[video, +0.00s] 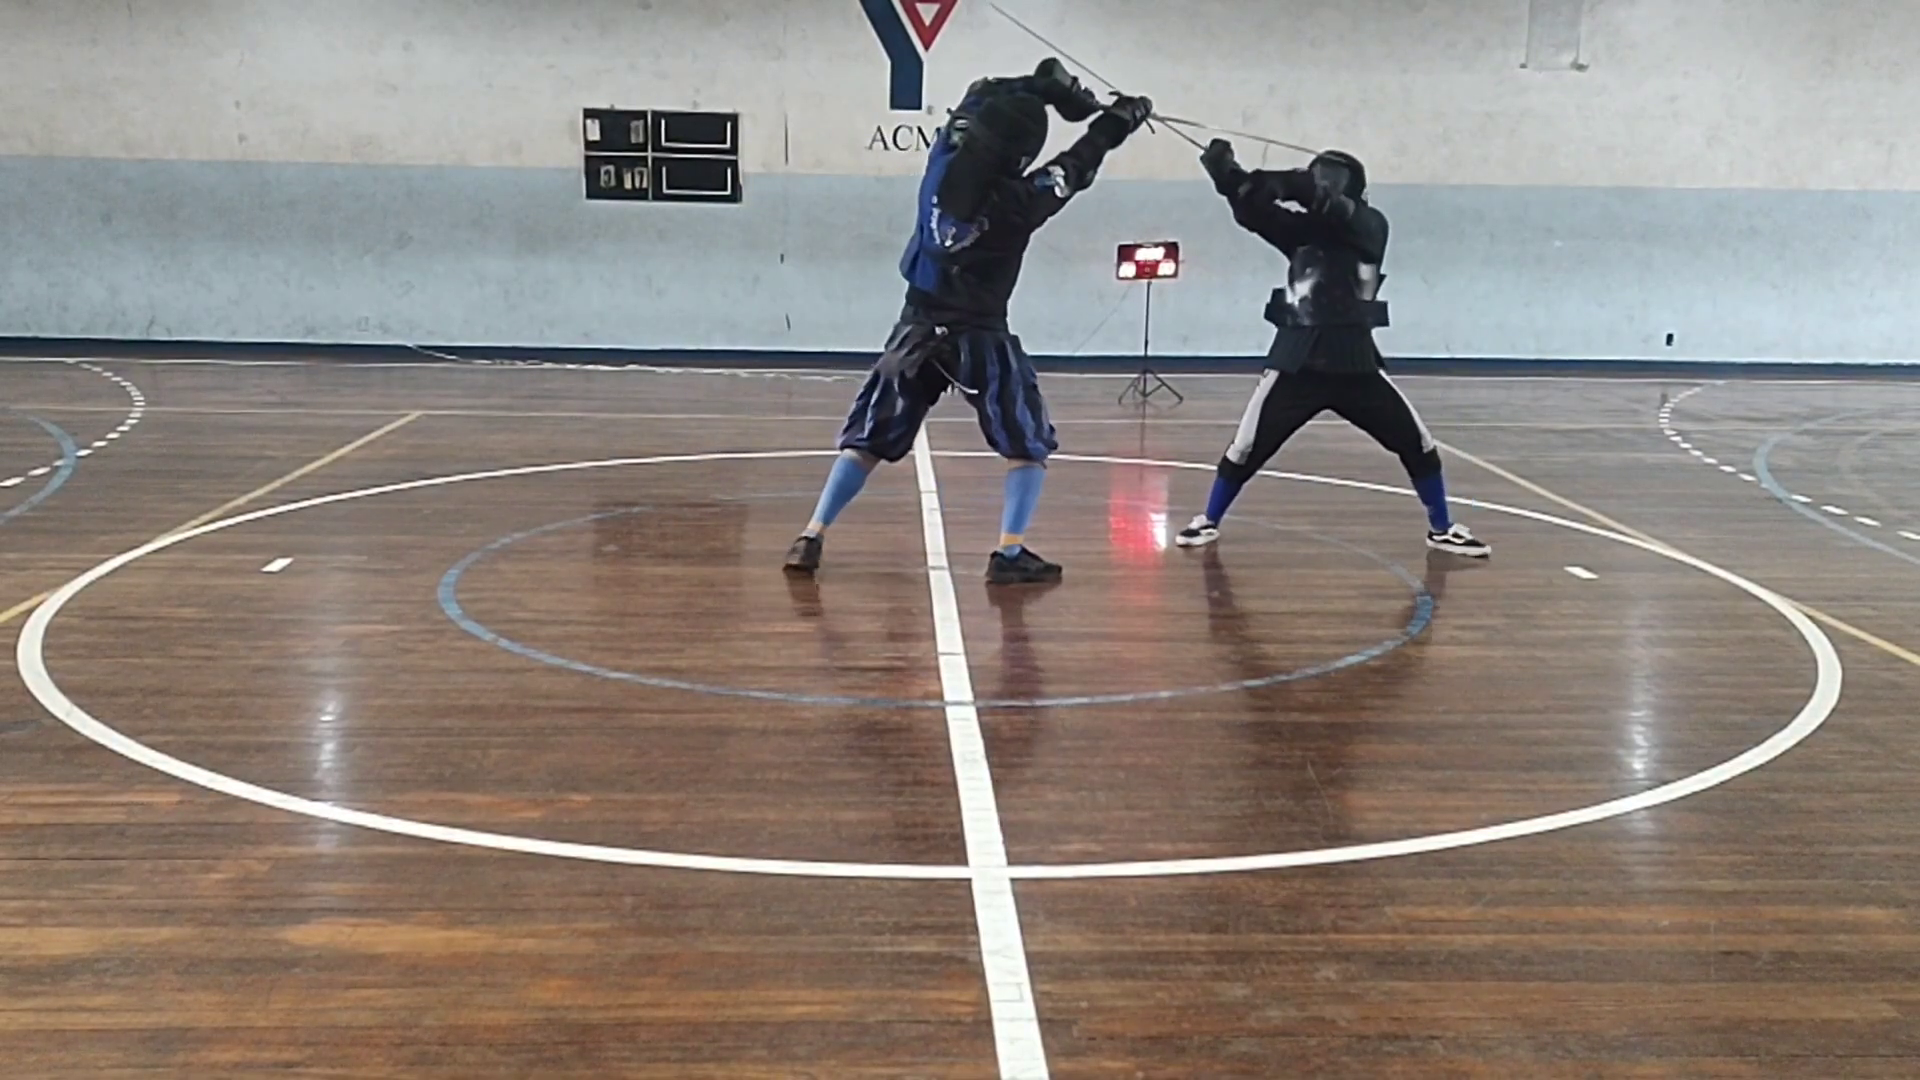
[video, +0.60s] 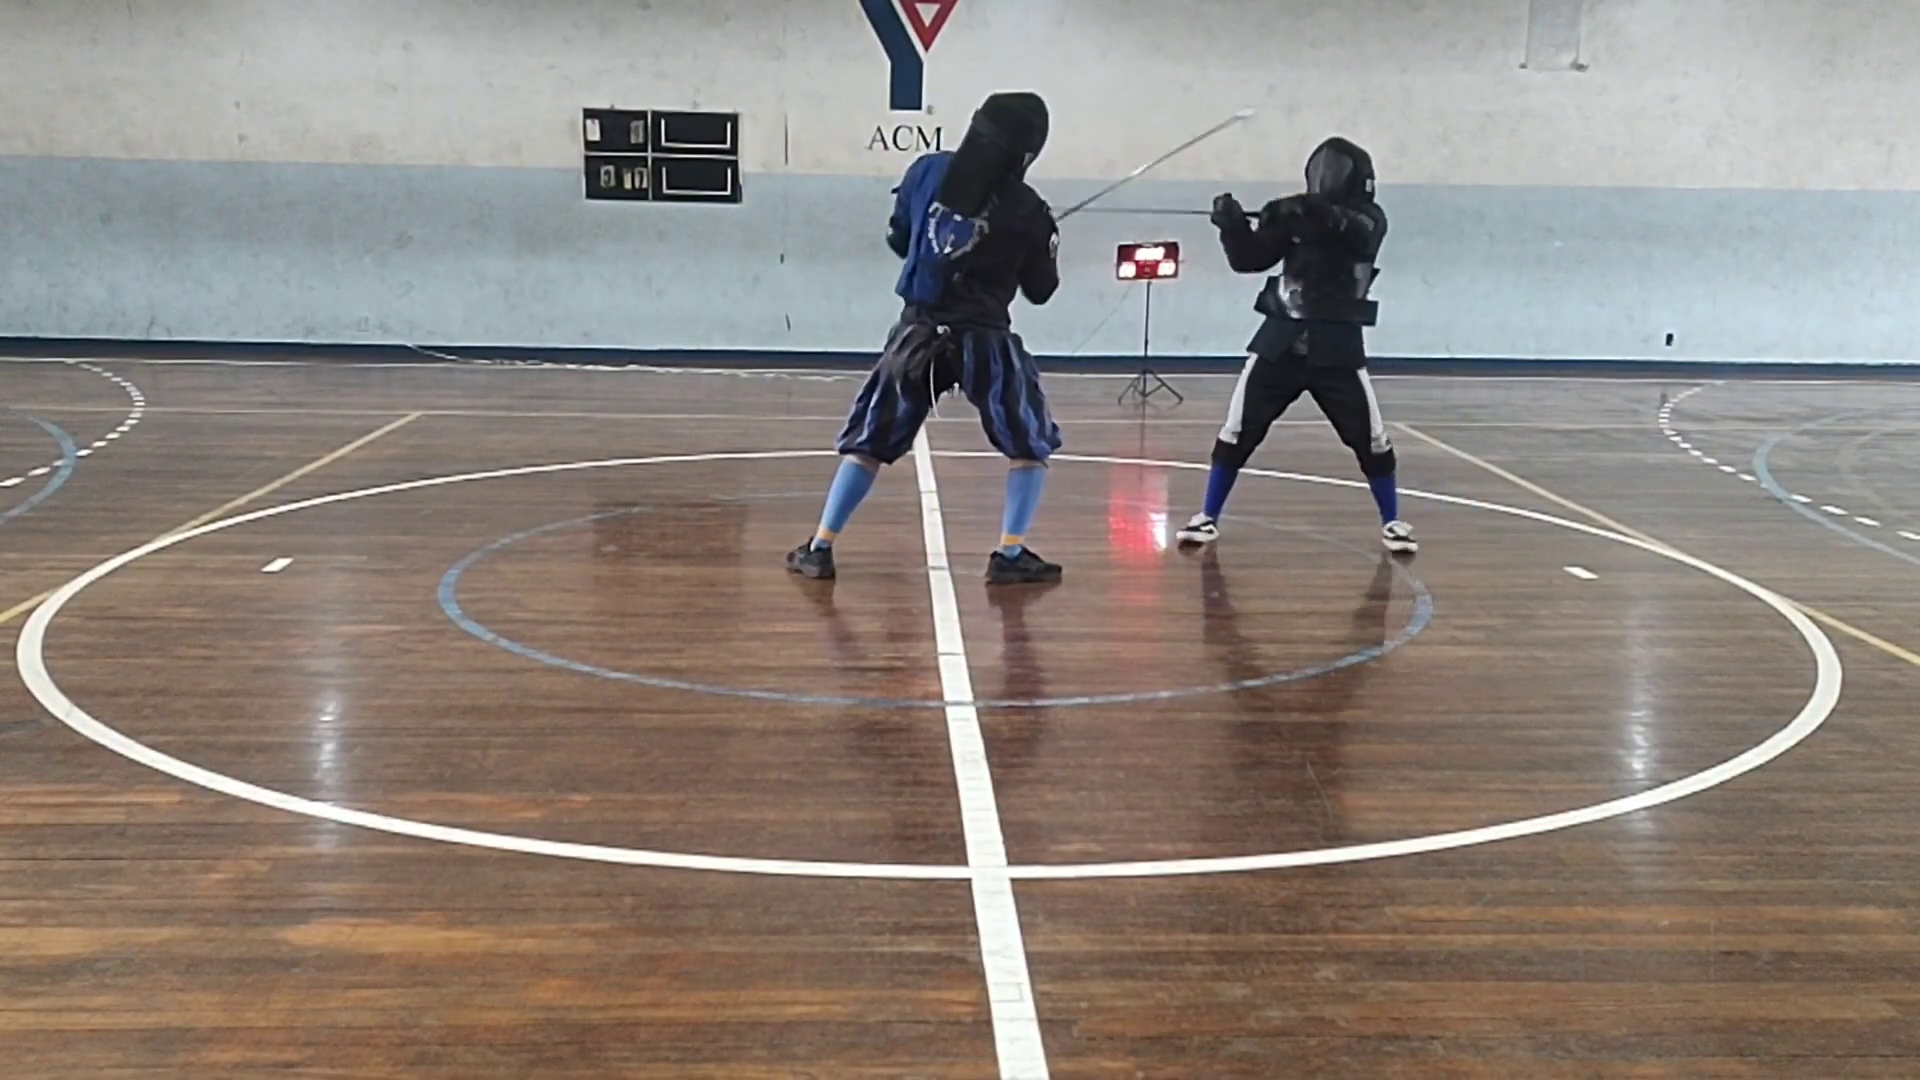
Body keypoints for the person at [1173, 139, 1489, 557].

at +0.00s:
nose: (1321, 185)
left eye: (1331, 178)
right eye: (1317, 178)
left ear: (1354, 185)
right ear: (1310, 182)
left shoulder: (1372, 227)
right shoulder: (1299, 227)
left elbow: (1333, 207)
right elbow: (1255, 213)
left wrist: (1296, 185)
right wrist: (1228, 175)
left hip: (1356, 370)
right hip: (1296, 369)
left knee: (1419, 446)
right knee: (1246, 448)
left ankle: (1442, 529)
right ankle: (1208, 521)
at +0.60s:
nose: (1324, 175)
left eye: (1336, 166)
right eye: (1319, 165)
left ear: (1355, 174)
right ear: (1310, 169)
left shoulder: (1368, 216)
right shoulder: (1291, 213)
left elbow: (1362, 240)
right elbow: (1246, 259)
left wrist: (1316, 211)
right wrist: (1233, 225)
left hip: (1337, 347)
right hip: (1278, 343)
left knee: (1372, 439)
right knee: (1237, 431)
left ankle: (1391, 523)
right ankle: (1207, 518)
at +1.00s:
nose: (1343, 178)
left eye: (1353, 169)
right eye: (1339, 169)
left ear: (1379, 173)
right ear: (1335, 174)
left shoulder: (1405, 216)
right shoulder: (1330, 226)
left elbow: (1445, 227)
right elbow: (1320, 301)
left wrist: (1381, 221)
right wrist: (1319, 256)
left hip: (1382, 336)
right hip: (1330, 335)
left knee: (1376, 439)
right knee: (1277, 424)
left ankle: (1379, 525)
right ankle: (1226, 508)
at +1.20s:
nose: (1367, 202)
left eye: (1378, 193)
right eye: (1367, 193)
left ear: (1406, 200)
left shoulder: (1433, 241)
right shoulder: (1361, 257)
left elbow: (1469, 278)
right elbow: (1361, 329)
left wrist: (1419, 272)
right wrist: (1348, 290)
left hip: (1438, 362)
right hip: (1382, 366)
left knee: (1472, 450)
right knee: (1325, 440)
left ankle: (1501, 515)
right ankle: (1276, 513)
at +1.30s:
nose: (1373, 197)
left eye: (1384, 189)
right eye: (1372, 188)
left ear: (1412, 195)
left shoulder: (1441, 237)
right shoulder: (1372, 247)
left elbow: (1480, 280)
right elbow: (1370, 323)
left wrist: (1420, 283)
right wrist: (1365, 295)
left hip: (1446, 362)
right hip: (1393, 362)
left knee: (1474, 448)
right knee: (1333, 432)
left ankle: (1502, 516)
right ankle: (1286, 509)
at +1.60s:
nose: (1378, 194)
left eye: (1389, 186)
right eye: (1379, 185)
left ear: (1418, 194)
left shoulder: (1443, 237)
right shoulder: (1373, 244)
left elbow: (1476, 289)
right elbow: (1359, 316)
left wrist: (1414, 296)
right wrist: (1359, 290)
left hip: (1444, 362)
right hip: (1387, 362)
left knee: (1486, 442)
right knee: (1328, 427)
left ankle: (1504, 515)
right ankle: (1305, 511)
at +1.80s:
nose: (1388, 196)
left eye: (1397, 187)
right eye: (1385, 188)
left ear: (1425, 190)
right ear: (1380, 191)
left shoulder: (1445, 222)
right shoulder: (1373, 230)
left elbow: (1417, 202)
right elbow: (1336, 263)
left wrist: (1369, 179)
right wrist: (1337, 202)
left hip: (1427, 365)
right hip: (1367, 361)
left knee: (1474, 444)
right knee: (1302, 419)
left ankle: (1506, 514)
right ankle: (1300, 505)